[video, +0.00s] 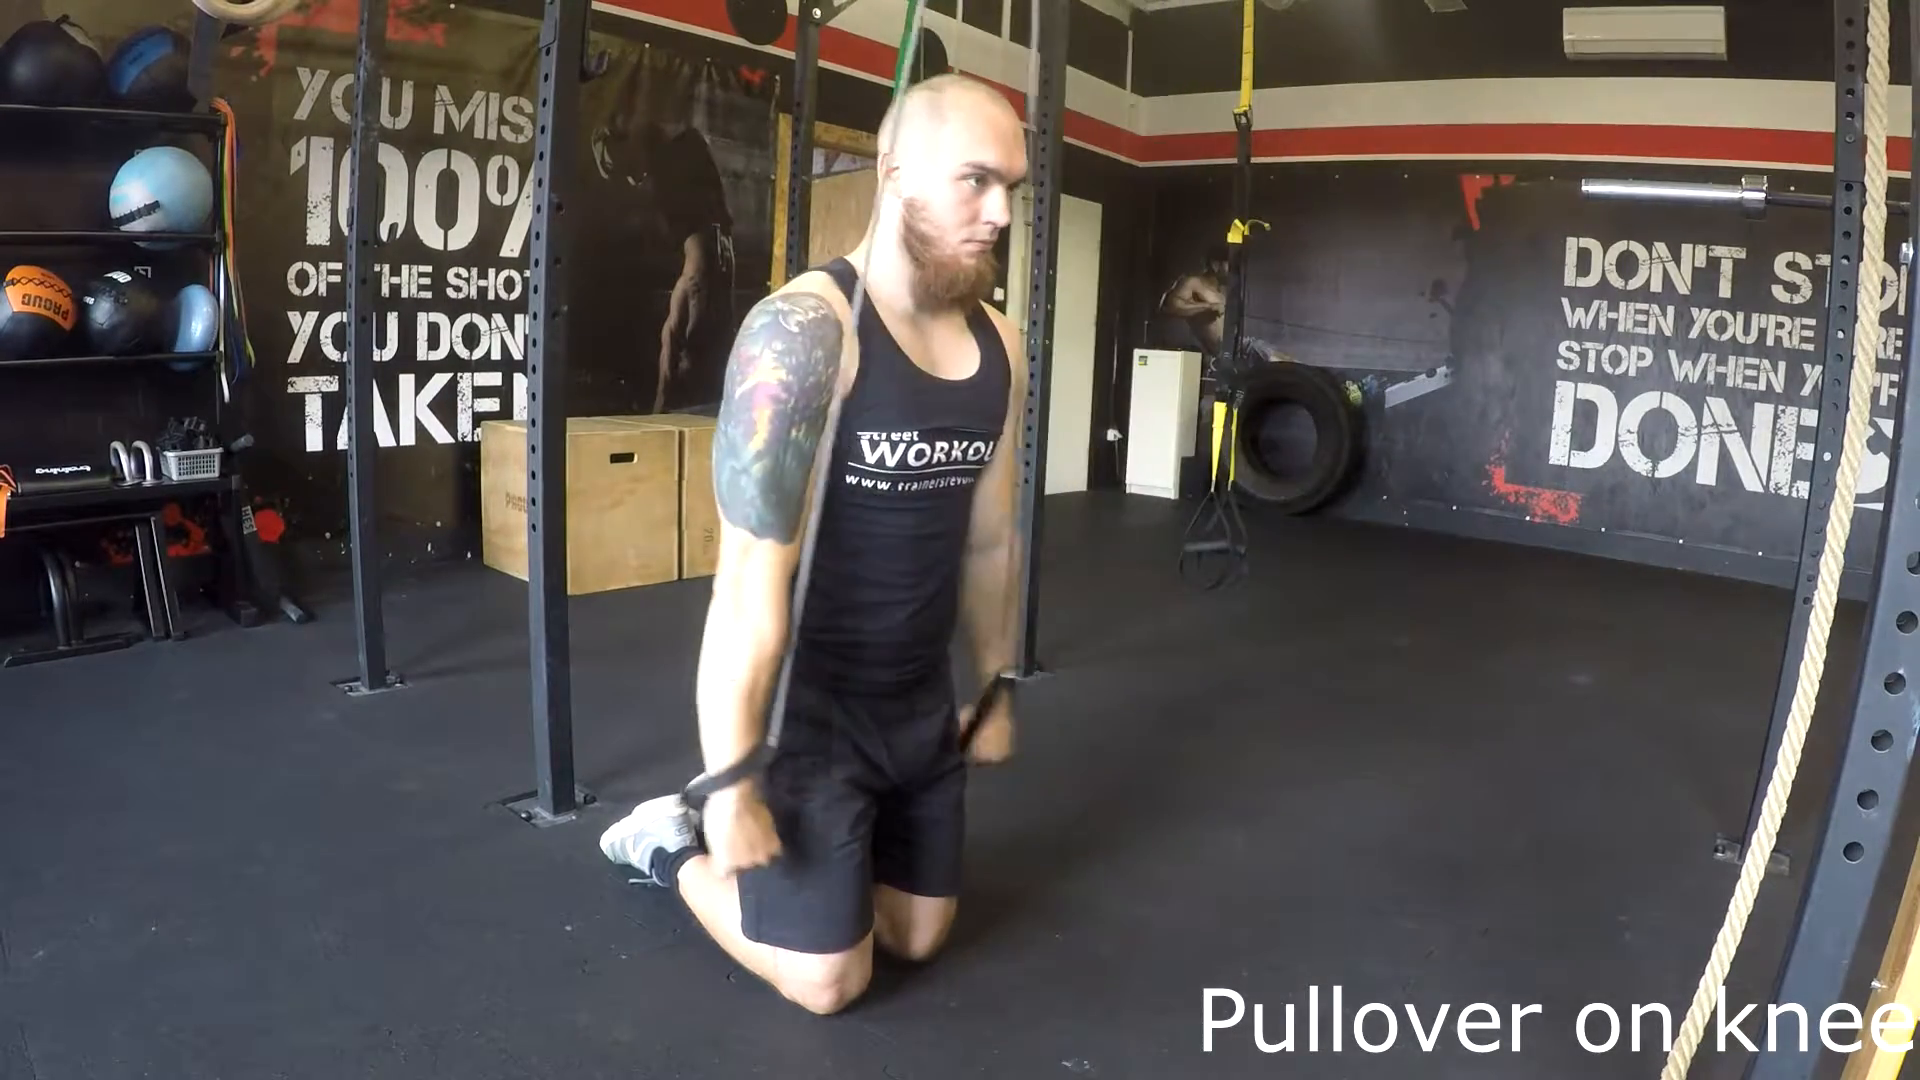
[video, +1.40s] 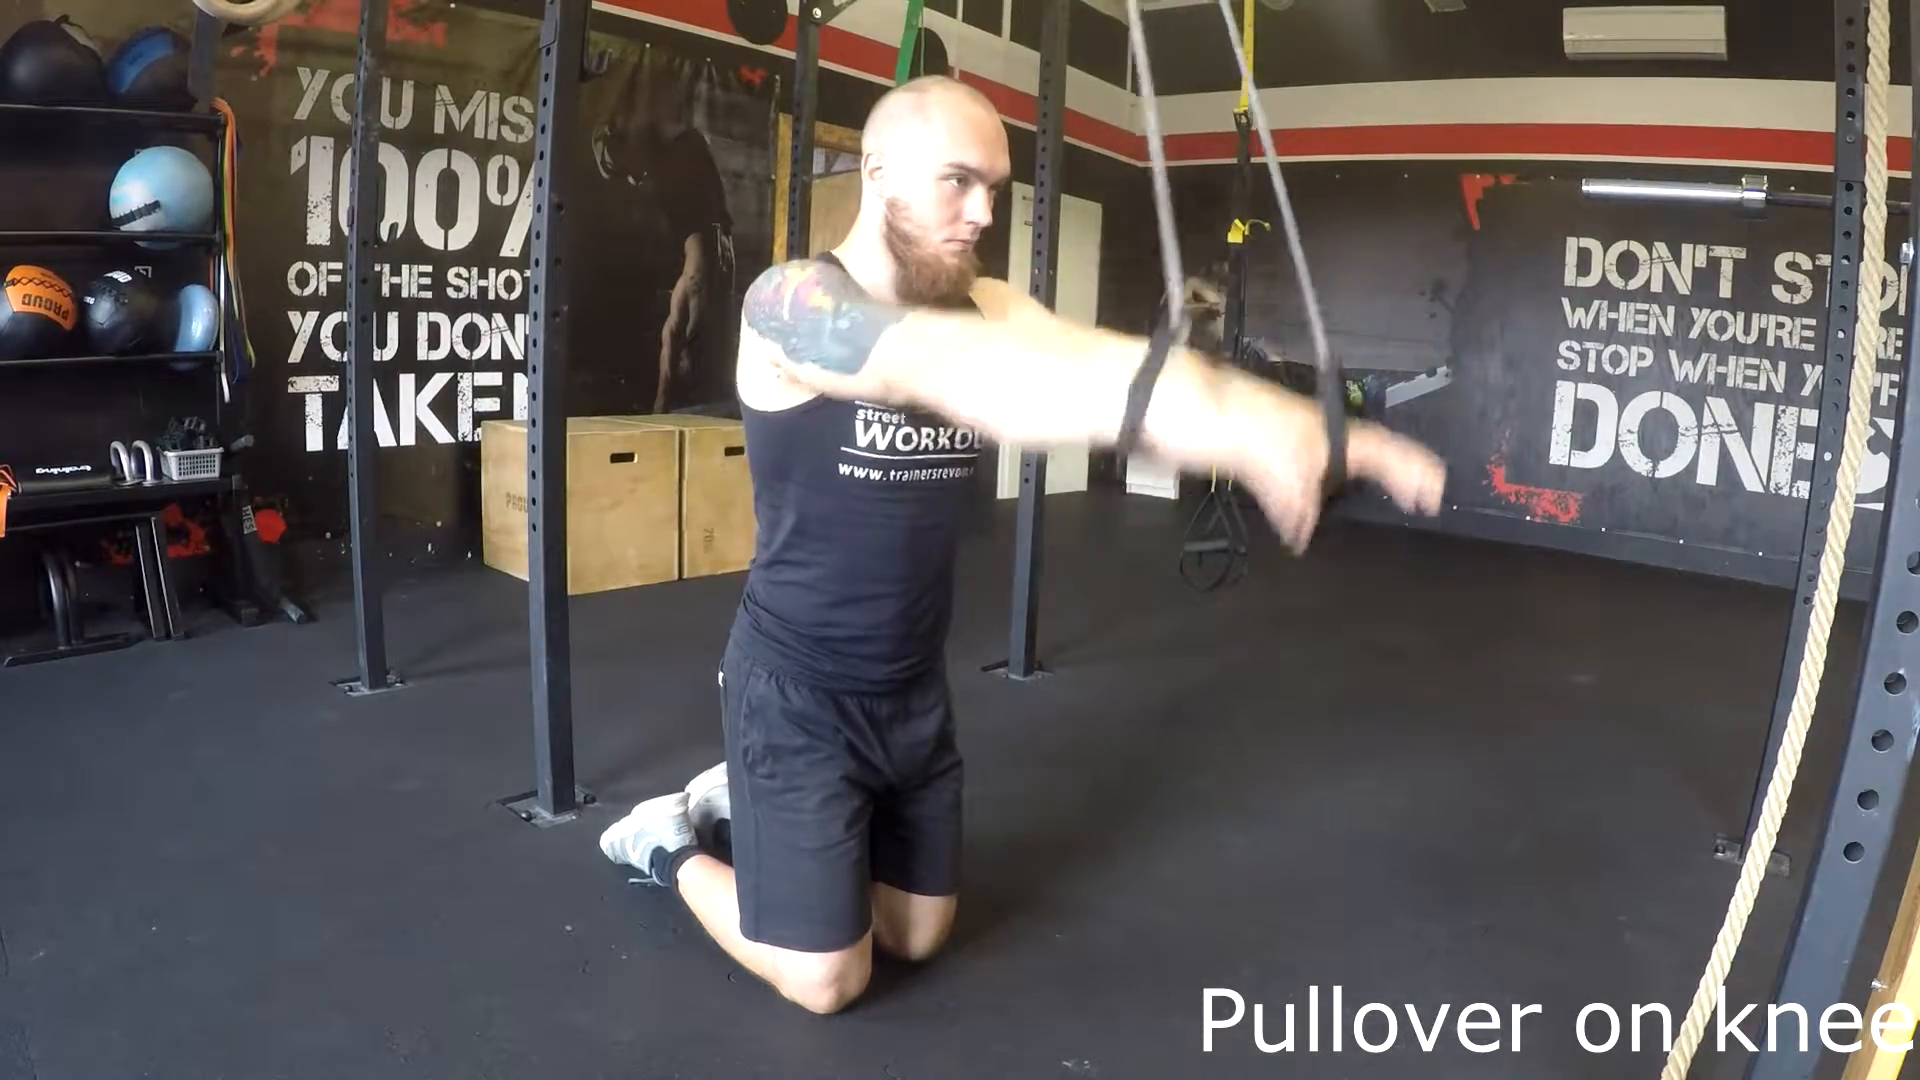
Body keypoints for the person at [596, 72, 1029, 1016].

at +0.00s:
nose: (1000, 213)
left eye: (1011, 187)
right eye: (976, 182)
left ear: (1016, 195)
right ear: (896, 177)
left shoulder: (997, 343)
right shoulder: (801, 332)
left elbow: (993, 538)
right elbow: (752, 578)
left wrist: (997, 682)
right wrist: (730, 779)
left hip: (923, 699)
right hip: (807, 707)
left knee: (916, 934)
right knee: (827, 982)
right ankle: (677, 844)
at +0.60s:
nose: (996, 207)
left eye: (1006, 181)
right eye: (972, 176)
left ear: (1010, 189)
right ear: (893, 176)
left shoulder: (1000, 335)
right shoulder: (801, 325)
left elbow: (1063, 516)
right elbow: (759, 567)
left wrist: (1131, 663)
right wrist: (766, 782)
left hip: (918, 697)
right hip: (808, 705)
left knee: (913, 933)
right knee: (824, 981)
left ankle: (744, 816)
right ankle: (671, 847)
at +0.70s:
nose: (990, 204)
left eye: (1000, 178)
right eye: (964, 172)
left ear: (1005, 187)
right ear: (886, 177)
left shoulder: (996, 330)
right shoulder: (796, 320)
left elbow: (1093, 496)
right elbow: (802, 545)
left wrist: (1196, 640)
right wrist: (858, 751)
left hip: (917, 674)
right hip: (802, 683)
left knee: (918, 931)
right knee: (824, 979)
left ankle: (746, 806)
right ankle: (669, 853)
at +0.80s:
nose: (985, 203)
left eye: (993, 178)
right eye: (959, 173)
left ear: (999, 184)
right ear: (880, 176)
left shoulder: (990, 322)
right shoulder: (796, 310)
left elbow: (1119, 463)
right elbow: (868, 504)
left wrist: (1253, 590)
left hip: (927, 680)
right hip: (804, 683)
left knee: (914, 932)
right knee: (823, 977)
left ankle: (741, 815)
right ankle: (672, 854)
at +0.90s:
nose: (979, 203)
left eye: (992, 182)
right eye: (955, 173)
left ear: (994, 191)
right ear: (873, 170)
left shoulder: (981, 313)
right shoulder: (794, 302)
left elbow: (1125, 418)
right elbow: (934, 440)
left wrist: (1304, 523)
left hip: (915, 687)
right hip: (799, 689)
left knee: (915, 928)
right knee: (822, 980)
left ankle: (744, 807)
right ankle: (677, 854)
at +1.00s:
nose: (978, 206)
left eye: (990, 183)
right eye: (951, 177)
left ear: (992, 188)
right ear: (867, 173)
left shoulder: (984, 303)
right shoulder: (791, 294)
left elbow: (1123, 376)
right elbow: (949, 369)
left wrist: (1334, 453)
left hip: (916, 683)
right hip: (797, 686)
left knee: (916, 931)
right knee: (822, 978)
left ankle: (759, 807)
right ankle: (672, 852)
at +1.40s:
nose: (984, 214)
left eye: (995, 188)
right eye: (958, 183)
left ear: (995, 192)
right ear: (874, 178)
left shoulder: (985, 310)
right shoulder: (791, 305)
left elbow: (1129, 370)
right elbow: (956, 379)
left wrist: (1331, 438)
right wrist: (1188, 418)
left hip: (913, 685)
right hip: (796, 687)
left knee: (916, 931)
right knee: (820, 978)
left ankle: (751, 808)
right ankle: (672, 852)